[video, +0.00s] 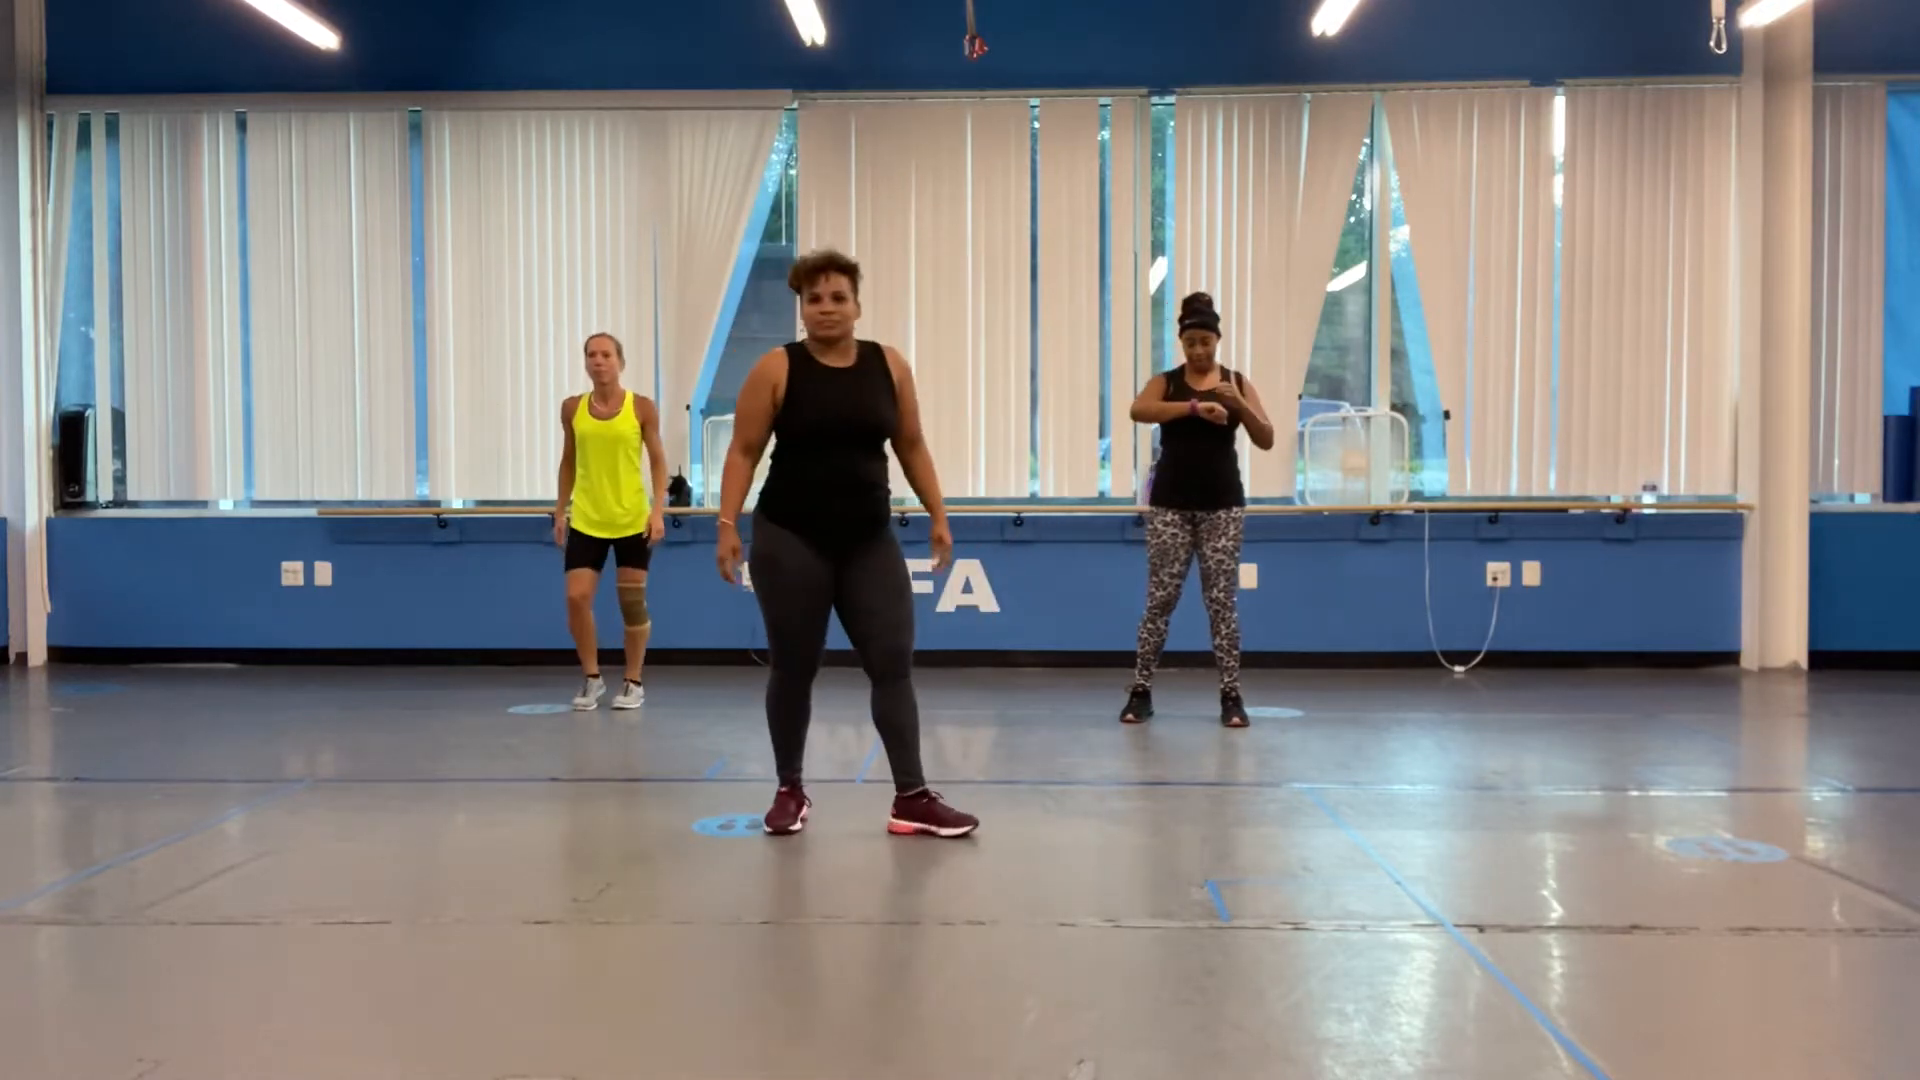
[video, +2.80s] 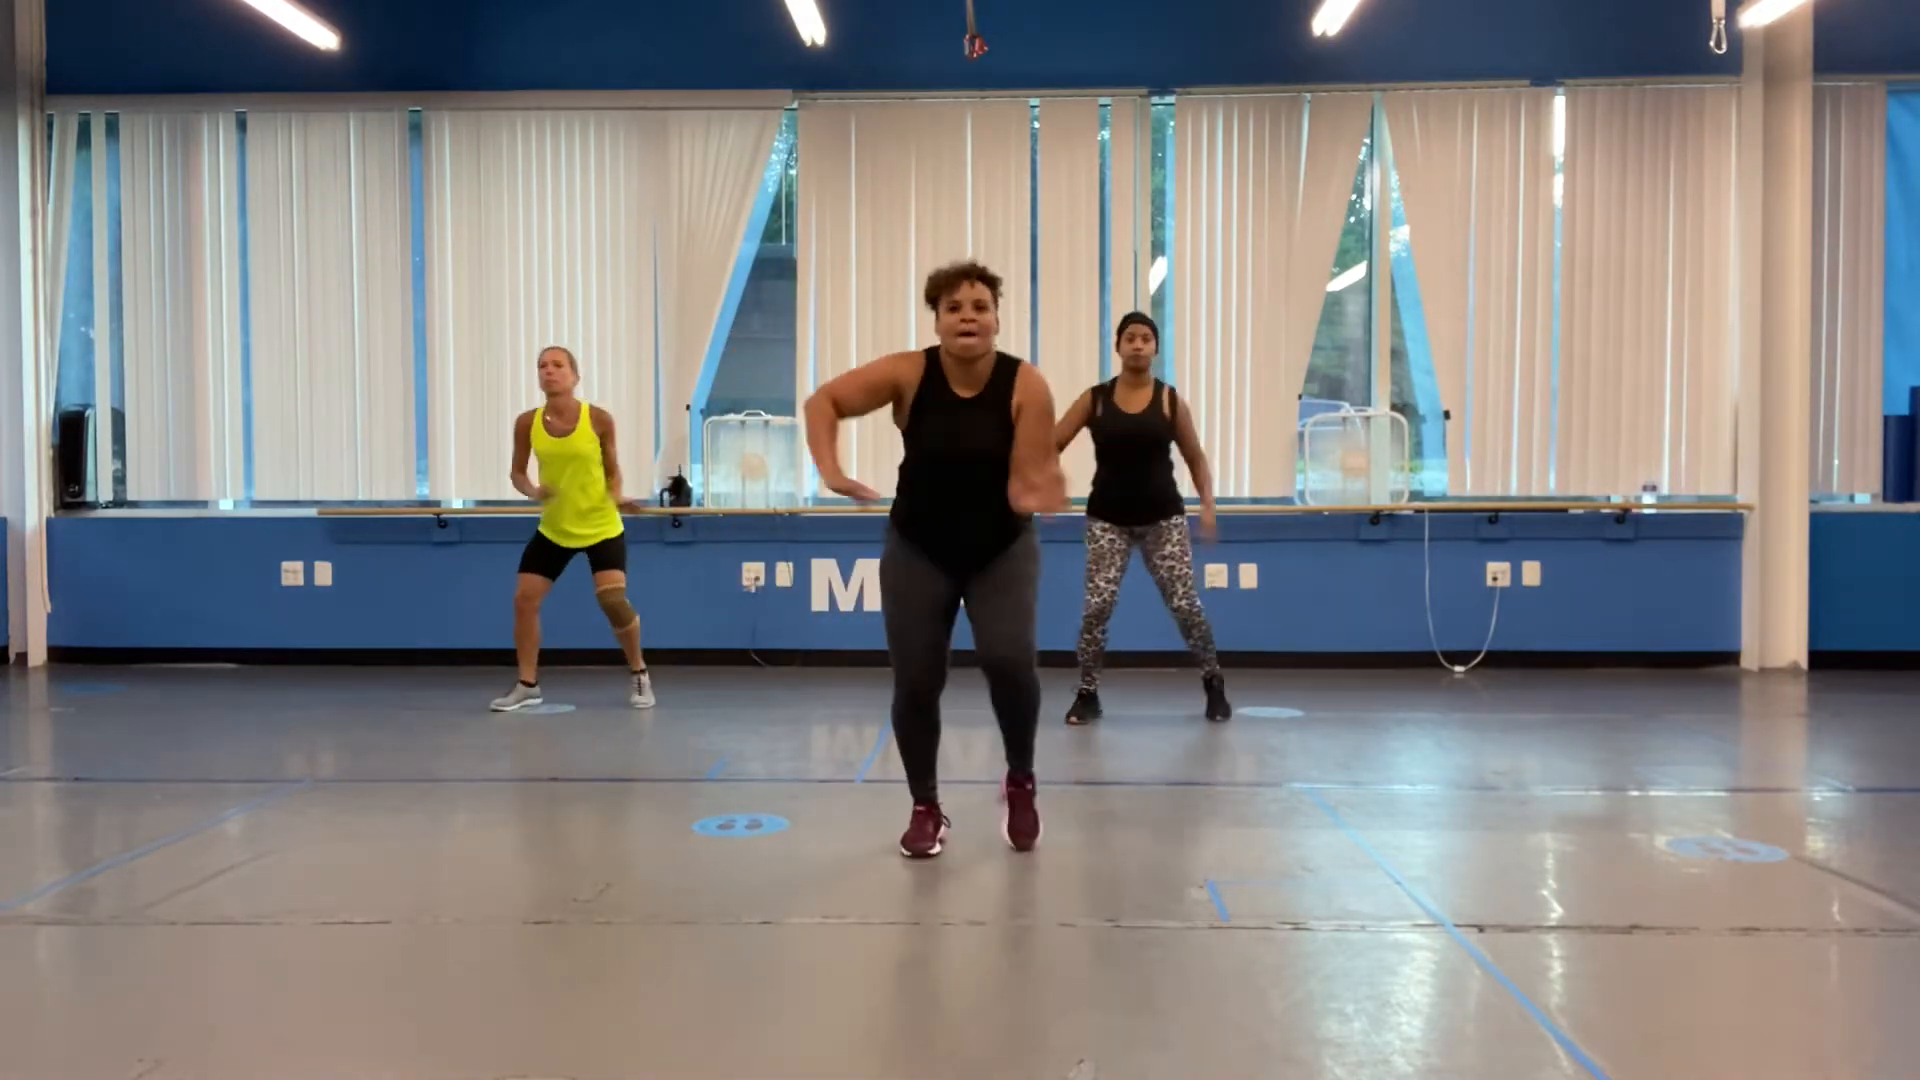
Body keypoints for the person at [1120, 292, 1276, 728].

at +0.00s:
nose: (1198, 349)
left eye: (1205, 341)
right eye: (1191, 341)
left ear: (1217, 341)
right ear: (1181, 342)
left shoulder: (1237, 384)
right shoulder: (1164, 382)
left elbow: (1266, 440)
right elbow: (1139, 411)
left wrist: (1240, 406)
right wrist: (1191, 408)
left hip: (1222, 508)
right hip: (1170, 507)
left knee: (1221, 601)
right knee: (1160, 599)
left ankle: (1231, 696)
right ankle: (1140, 691)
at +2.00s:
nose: (1172, 342)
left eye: (1179, 335)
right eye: (1164, 336)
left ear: (1190, 339)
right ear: (1154, 340)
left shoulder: (1209, 384)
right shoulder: (1135, 388)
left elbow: (1230, 444)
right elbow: (1117, 439)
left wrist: (1220, 435)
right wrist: (1166, 435)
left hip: (1200, 510)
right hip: (1147, 510)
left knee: (1211, 604)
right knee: (1138, 602)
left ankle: (1232, 695)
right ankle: (1118, 693)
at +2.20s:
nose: (1181, 343)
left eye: (1188, 336)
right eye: (1173, 337)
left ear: (1200, 341)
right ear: (1163, 343)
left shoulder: (1220, 390)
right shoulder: (1145, 393)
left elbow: (1237, 444)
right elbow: (1132, 455)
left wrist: (1249, 483)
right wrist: (1174, 484)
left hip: (1208, 514)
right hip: (1154, 514)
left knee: (1219, 605)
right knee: (1141, 604)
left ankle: (1234, 695)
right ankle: (1119, 693)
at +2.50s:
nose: (1153, 340)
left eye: (1161, 333)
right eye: (1145, 332)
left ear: (1170, 341)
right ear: (1132, 339)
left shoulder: (1183, 388)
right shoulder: (1109, 390)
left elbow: (1225, 429)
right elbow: (1104, 442)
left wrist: (1281, 457)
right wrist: (1160, 426)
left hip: (1182, 510)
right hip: (1129, 513)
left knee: (1204, 600)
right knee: (1109, 602)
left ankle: (1246, 687)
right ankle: (1087, 692)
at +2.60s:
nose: (1142, 347)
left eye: (1150, 340)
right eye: (1135, 339)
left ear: (1159, 349)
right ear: (1120, 345)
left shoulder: (1170, 399)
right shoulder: (1095, 394)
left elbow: (1214, 437)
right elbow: (1076, 440)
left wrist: (1271, 458)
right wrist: (1132, 421)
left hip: (1168, 516)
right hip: (1115, 518)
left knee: (1190, 601)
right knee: (1098, 605)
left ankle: (1249, 665)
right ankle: (1089, 694)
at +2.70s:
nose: (1136, 349)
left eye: (1144, 343)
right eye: (1129, 342)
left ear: (1153, 353)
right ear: (1116, 349)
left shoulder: (1165, 404)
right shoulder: (1090, 399)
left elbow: (1201, 455)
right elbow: (1056, 446)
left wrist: (1248, 490)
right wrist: (1091, 453)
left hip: (1163, 521)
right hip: (1108, 524)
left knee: (1182, 604)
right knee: (1090, 608)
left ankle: (1229, 667)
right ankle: (1088, 695)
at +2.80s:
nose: (1138, 345)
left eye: (1146, 339)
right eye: (1130, 339)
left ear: (1155, 348)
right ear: (1118, 347)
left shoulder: (1170, 402)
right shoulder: (1094, 400)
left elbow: (1194, 456)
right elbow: (1051, 445)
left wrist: (1207, 504)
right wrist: (1044, 487)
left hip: (1162, 518)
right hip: (1107, 519)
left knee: (1184, 605)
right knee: (1097, 607)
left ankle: (1214, 685)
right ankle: (1087, 694)